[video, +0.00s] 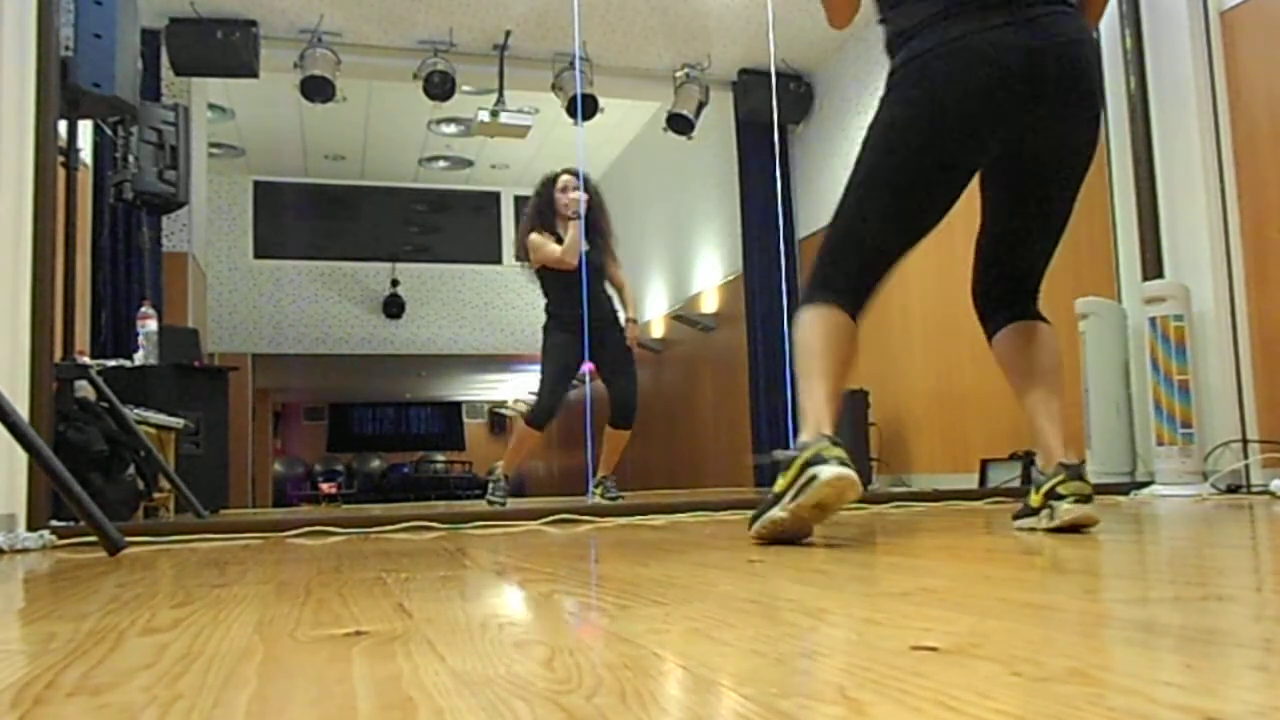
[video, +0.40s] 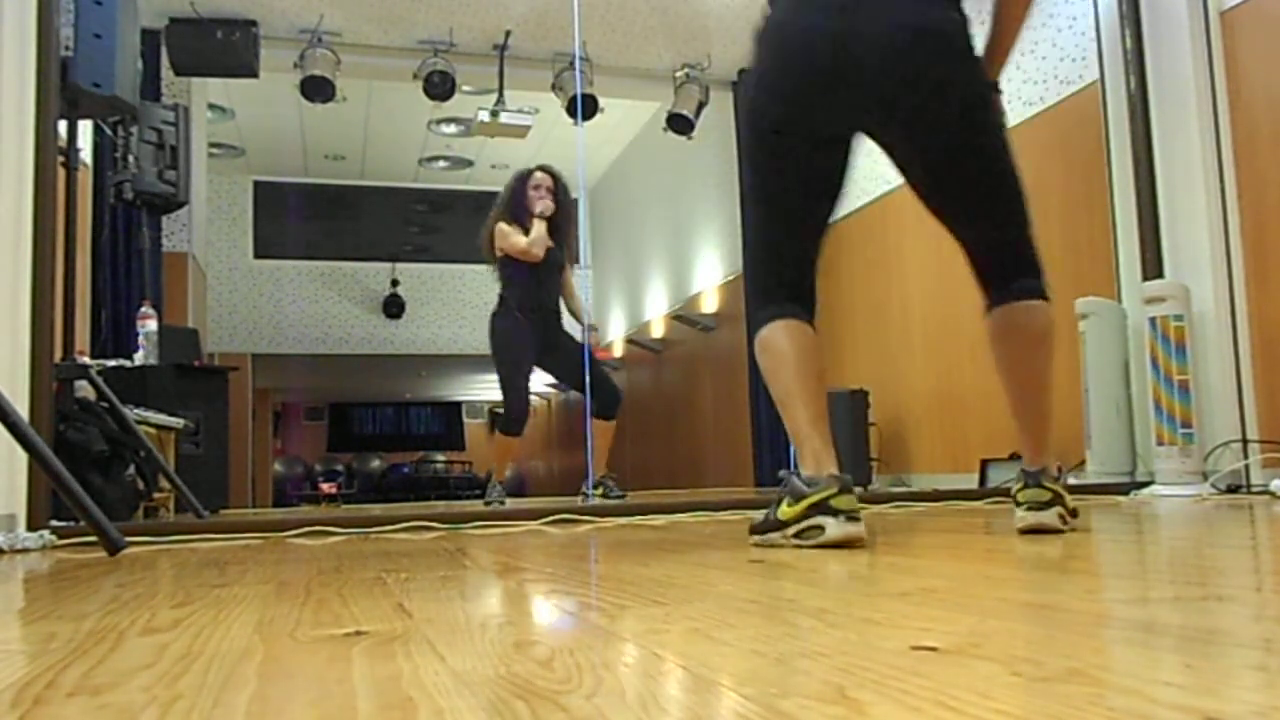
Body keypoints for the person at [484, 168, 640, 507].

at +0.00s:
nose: (574, 196)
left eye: (578, 190)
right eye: (566, 190)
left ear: (588, 198)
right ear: (550, 199)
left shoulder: (595, 241)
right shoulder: (537, 240)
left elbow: (620, 281)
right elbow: (568, 260)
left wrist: (631, 319)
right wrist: (576, 217)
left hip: (605, 327)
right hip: (564, 329)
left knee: (625, 402)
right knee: (547, 404)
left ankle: (604, 479)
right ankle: (503, 474)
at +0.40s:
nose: (543, 196)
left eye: (549, 191)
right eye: (536, 188)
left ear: (556, 200)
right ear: (520, 193)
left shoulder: (555, 243)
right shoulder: (504, 230)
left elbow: (569, 294)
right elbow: (534, 251)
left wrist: (589, 326)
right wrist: (540, 217)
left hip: (550, 331)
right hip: (512, 329)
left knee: (608, 396)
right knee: (516, 413)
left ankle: (596, 480)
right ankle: (496, 484)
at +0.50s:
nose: (536, 188)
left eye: (541, 183)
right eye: (529, 180)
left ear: (548, 193)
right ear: (512, 184)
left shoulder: (548, 235)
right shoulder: (493, 221)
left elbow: (561, 280)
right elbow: (520, 243)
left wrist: (575, 318)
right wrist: (528, 211)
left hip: (540, 323)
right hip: (501, 318)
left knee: (588, 391)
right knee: (507, 403)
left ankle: (595, 479)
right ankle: (496, 483)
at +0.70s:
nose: (523, 176)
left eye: (529, 172)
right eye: (518, 168)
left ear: (535, 180)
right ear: (501, 170)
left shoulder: (539, 215)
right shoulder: (477, 202)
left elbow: (543, 270)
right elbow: (499, 229)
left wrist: (563, 306)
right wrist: (515, 201)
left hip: (533, 306)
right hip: (492, 305)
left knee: (571, 384)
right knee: (496, 397)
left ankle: (596, 468)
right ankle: (493, 483)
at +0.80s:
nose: (520, 176)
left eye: (526, 171)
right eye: (514, 167)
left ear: (532, 179)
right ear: (497, 168)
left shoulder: (530, 211)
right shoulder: (473, 200)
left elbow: (537, 264)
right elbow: (495, 228)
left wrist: (559, 304)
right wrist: (511, 199)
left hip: (532, 305)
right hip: (491, 305)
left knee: (569, 382)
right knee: (494, 396)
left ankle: (589, 468)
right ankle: (493, 482)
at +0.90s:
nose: (516, 176)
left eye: (522, 172)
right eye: (510, 168)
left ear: (530, 180)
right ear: (494, 169)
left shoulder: (530, 213)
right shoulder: (472, 203)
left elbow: (540, 264)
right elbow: (493, 230)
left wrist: (557, 305)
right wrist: (508, 199)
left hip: (531, 304)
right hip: (491, 304)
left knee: (561, 387)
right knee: (494, 396)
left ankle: (581, 474)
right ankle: (492, 483)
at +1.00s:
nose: (514, 178)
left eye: (520, 173)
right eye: (508, 170)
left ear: (529, 180)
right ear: (493, 172)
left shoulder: (538, 214)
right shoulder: (474, 209)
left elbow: (547, 263)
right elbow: (492, 234)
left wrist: (555, 307)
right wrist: (508, 201)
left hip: (532, 307)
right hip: (491, 306)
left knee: (551, 393)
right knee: (493, 397)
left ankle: (575, 479)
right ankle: (492, 483)